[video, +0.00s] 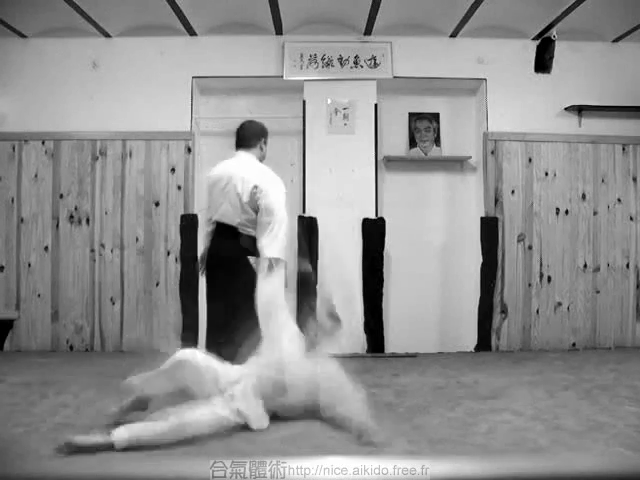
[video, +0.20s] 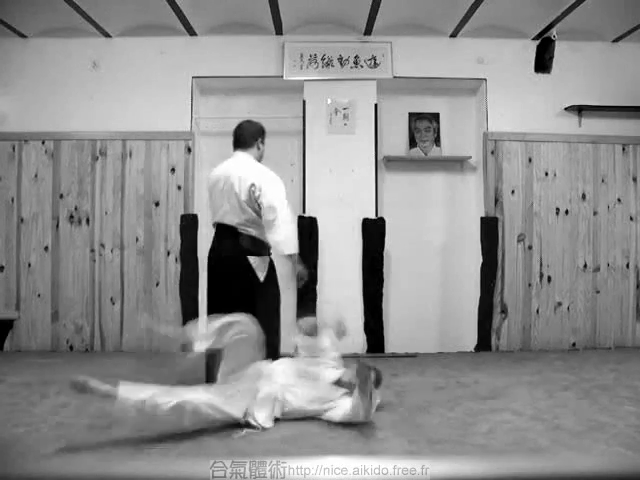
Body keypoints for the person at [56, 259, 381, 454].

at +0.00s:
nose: (322, 324)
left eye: (331, 322)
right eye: (320, 316)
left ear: (335, 334)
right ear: (310, 316)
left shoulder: (327, 377)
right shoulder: (286, 334)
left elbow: (350, 408)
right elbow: (269, 297)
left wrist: (367, 430)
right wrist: (274, 265)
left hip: (240, 408)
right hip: (229, 376)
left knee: (183, 423)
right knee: (183, 361)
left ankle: (112, 439)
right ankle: (134, 399)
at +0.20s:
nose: (351, 372)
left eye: (356, 375)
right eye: (355, 370)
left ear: (352, 386)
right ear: (349, 369)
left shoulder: (336, 402)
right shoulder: (323, 364)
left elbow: (357, 414)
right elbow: (305, 331)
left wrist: (365, 392)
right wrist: (328, 332)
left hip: (245, 401)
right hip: (242, 371)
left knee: (183, 400)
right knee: (246, 322)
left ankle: (112, 391)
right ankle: (189, 341)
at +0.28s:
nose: (357, 370)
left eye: (362, 374)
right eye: (359, 366)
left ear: (361, 385)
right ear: (352, 362)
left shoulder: (341, 402)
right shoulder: (327, 360)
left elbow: (360, 412)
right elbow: (311, 336)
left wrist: (368, 383)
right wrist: (337, 340)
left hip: (251, 401)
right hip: (252, 368)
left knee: (181, 402)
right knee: (253, 324)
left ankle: (113, 392)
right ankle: (185, 330)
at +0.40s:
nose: (359, 376)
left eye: (364, 379)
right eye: (360, 371)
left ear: (362, 390)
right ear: (353, 366)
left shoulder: (338, 406)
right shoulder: (326, 363)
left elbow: (362, 410)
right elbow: (309, 336)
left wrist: (368, 384)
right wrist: (335, 340)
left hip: (250, 408)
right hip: (252, 372)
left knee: (185, 424)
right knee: (253, 331)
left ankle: (116, 426)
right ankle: (187, 341)